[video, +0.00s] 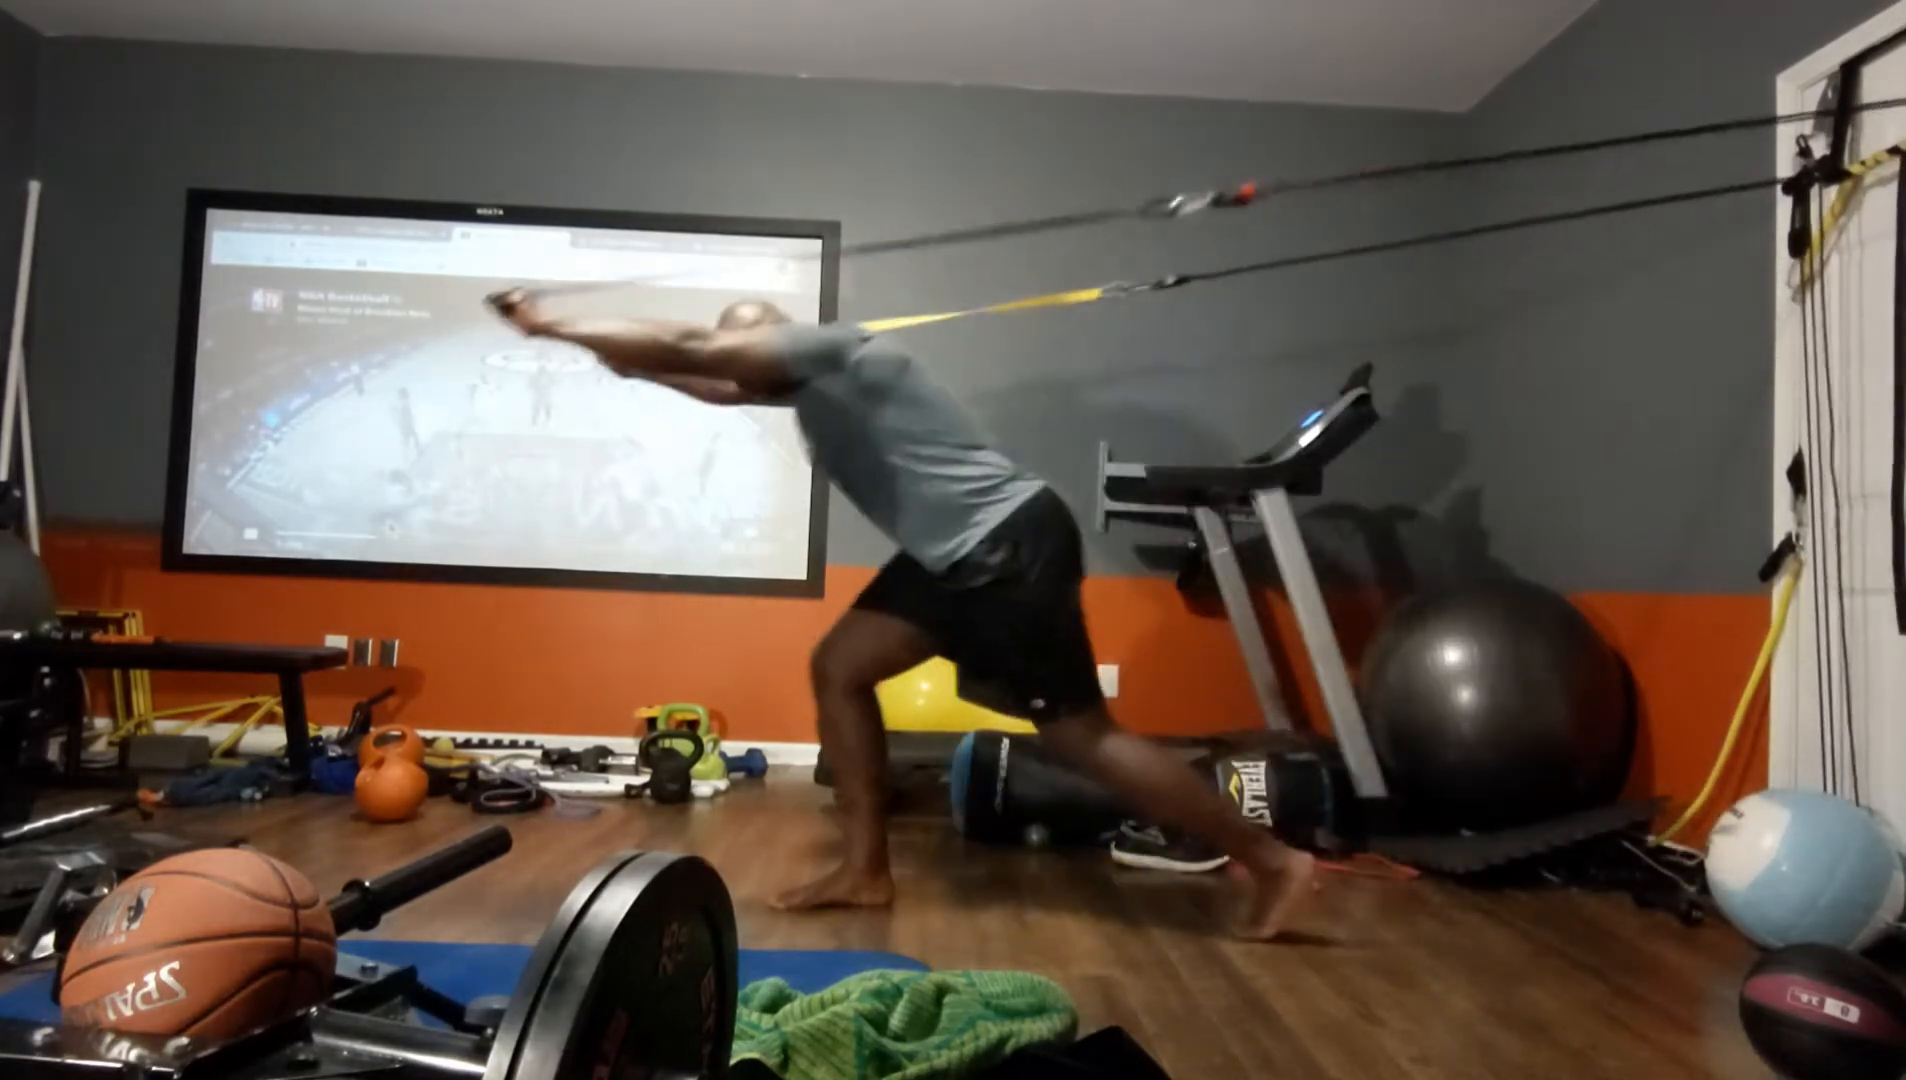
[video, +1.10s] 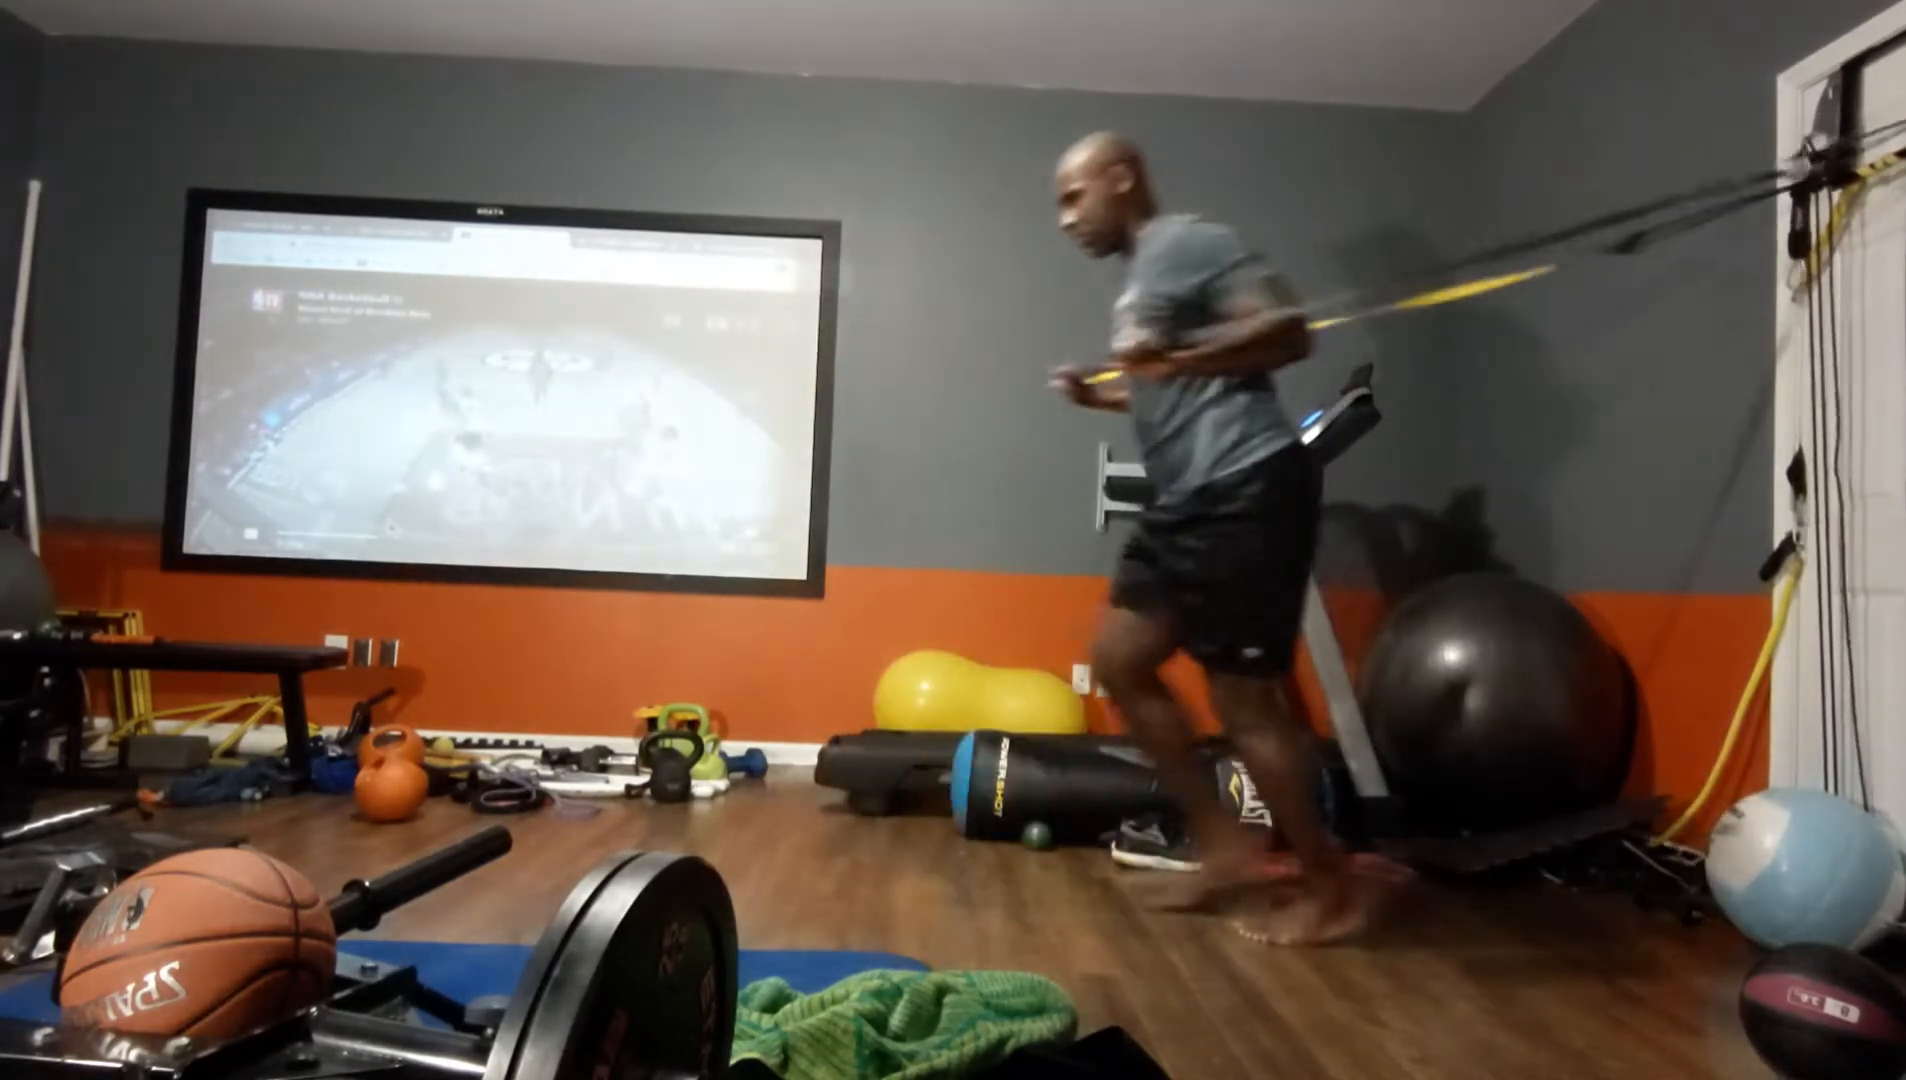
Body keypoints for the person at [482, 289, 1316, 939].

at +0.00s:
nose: (723, 375)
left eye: (725, 353)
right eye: (716, 360)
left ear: (761, 329)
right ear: (760, 339)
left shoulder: (835, 350)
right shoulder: (822, 382)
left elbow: (698, 352)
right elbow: (702, 381)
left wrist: (564, 327)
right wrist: (588, 345)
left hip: (1013, 544)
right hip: (943, 559)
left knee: (1084, 742)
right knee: (838, 667)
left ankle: (1273, 861)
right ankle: (860, 871)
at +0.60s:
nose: (812, 304)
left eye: (819, 288)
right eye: (808, 294)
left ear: (862, 277)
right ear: (836, 298)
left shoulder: (921, 314)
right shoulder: (880, 367)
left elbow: (809, 339)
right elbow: (803, 384)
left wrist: (671, 316)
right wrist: (710, 353)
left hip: (1050, 540)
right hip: (978, 553)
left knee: (1108, 750)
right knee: (866, 666)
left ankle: (1282, 865)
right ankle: (862, 877)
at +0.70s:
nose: (876, 277)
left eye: (887, 256)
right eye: (869, 265)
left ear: (931, 246)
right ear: (875, 270)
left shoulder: (987, 290)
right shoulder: (933, 348)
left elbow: (935, 341)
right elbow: (891, 397)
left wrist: (803, 322)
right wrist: (804, 364)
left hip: (1088, 522)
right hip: (1013, 539)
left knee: (1125, 733)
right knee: (906, 668)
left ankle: (1298, 873)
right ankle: (866, 873)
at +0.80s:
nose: (934, 253)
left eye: (943, 233)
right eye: (928, 241)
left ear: (991, 215)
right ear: (957, 238)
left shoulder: (1047, 262)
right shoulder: (998, 315)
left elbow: (1054, 338)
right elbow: (992, 404)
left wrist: (915, 334)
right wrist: (904, 379)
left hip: (1128, 500)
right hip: (1059, 521)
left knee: (1172, 720)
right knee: (972, 678)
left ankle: (1306, 874)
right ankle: (886, 869)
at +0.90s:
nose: (987, 240)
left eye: (994, 218)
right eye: (981, 226)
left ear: (1047, 200)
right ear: (1018, 217)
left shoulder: (1100, 253)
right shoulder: (1055, 304)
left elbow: (1142, 340)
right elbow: (1069, 409)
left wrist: (1019, 344)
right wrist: (984, 387)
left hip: (1177, 502)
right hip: (1110, 517)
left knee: (1202, 710)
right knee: (1016, 664)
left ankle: (1321, 885)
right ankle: (979, 864)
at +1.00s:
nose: (1028, 231)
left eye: (1035, 210)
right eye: (1022, 217)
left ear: (1084, 189)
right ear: (1074, 197)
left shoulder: (1147, 249)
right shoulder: (1103, 292)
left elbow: (1227, 338)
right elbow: (1135, 408)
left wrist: (1105, 355)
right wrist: (1058, 398)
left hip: (1219, 494)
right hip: (1152, 507)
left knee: (1221, 708)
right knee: (1062, 653)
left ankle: (1325, 886)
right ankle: (1099, 857)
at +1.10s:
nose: (1065, 218)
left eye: (1073, 196)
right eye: (1059, 203)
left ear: (1126, 180)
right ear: (1107, 193)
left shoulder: (1192, 240)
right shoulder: (1138, 282)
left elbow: (1285, 333)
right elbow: (1174, 389)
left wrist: (1175, 361)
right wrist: (1099, 392)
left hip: (1254, 486)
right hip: (1188, 499)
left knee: (1248, 704)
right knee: (1119, 661)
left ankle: (1329, 888)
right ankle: (1225, 843)